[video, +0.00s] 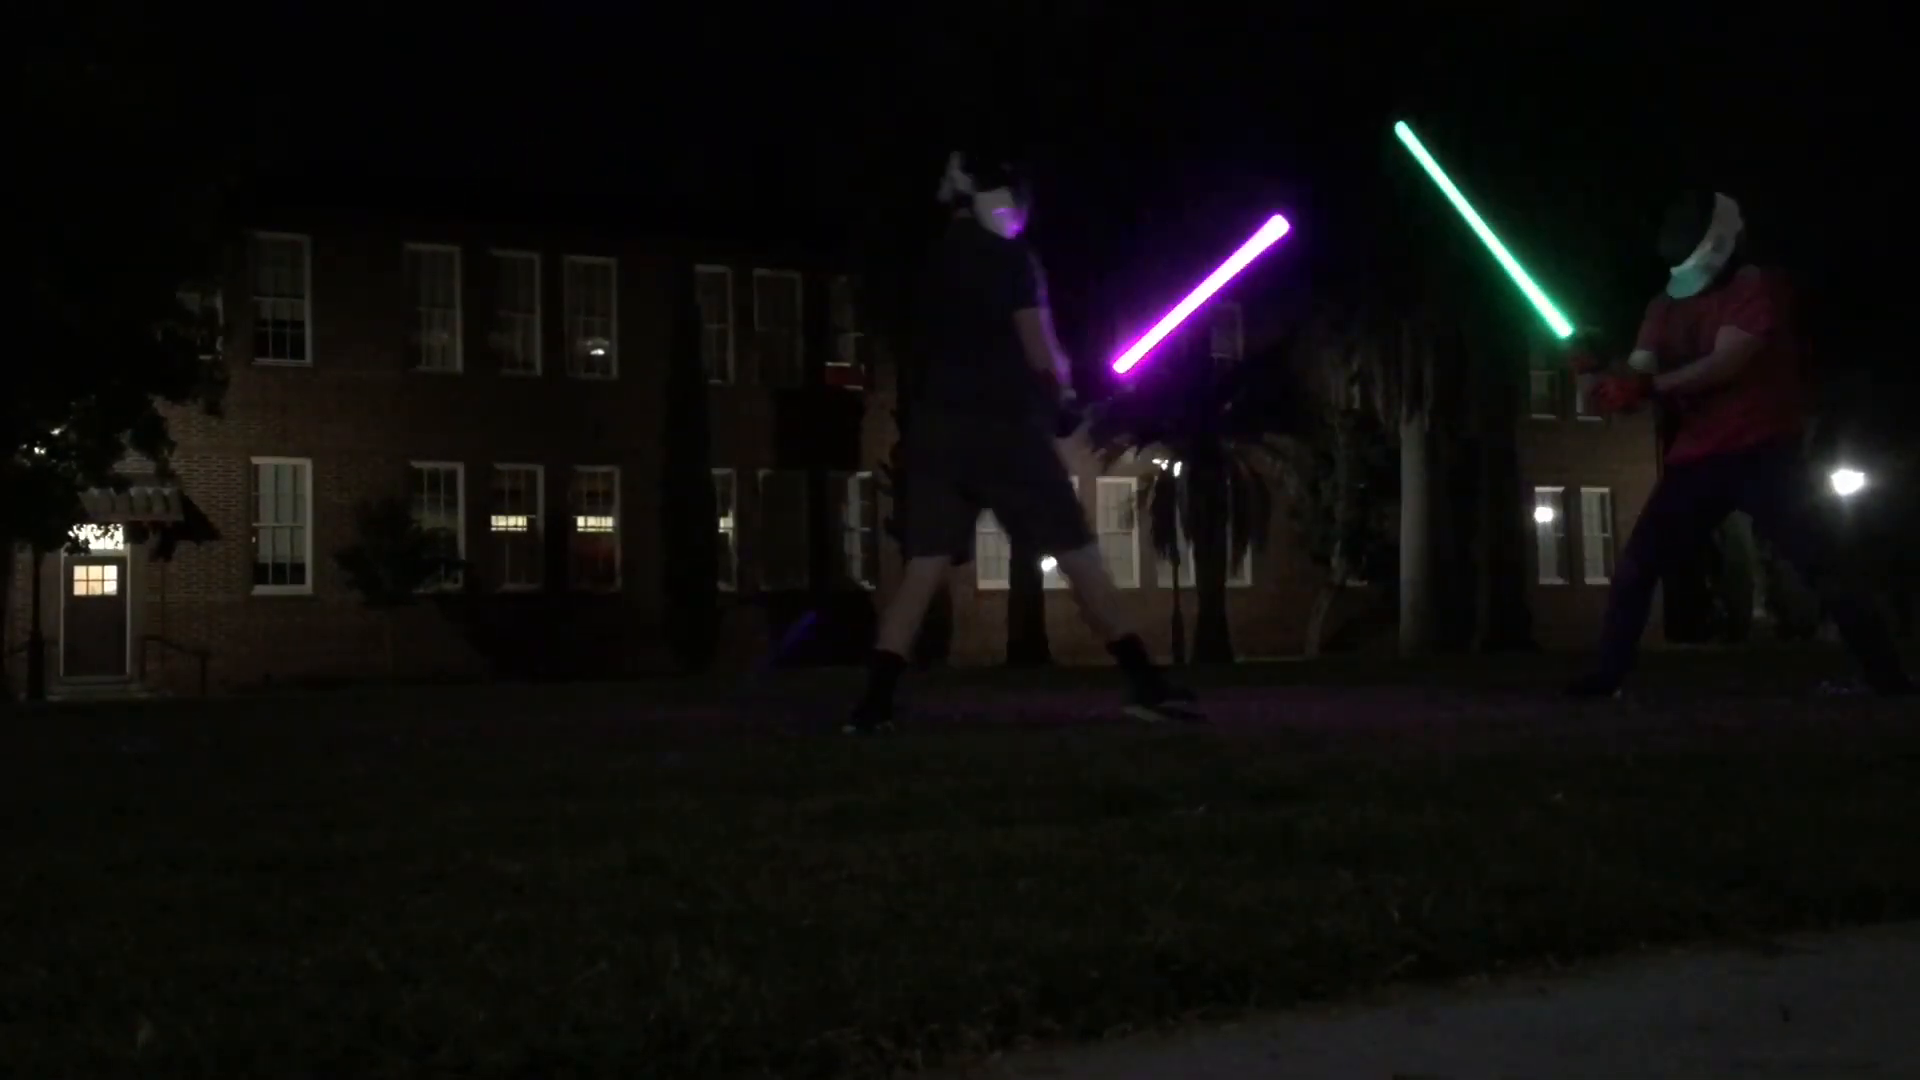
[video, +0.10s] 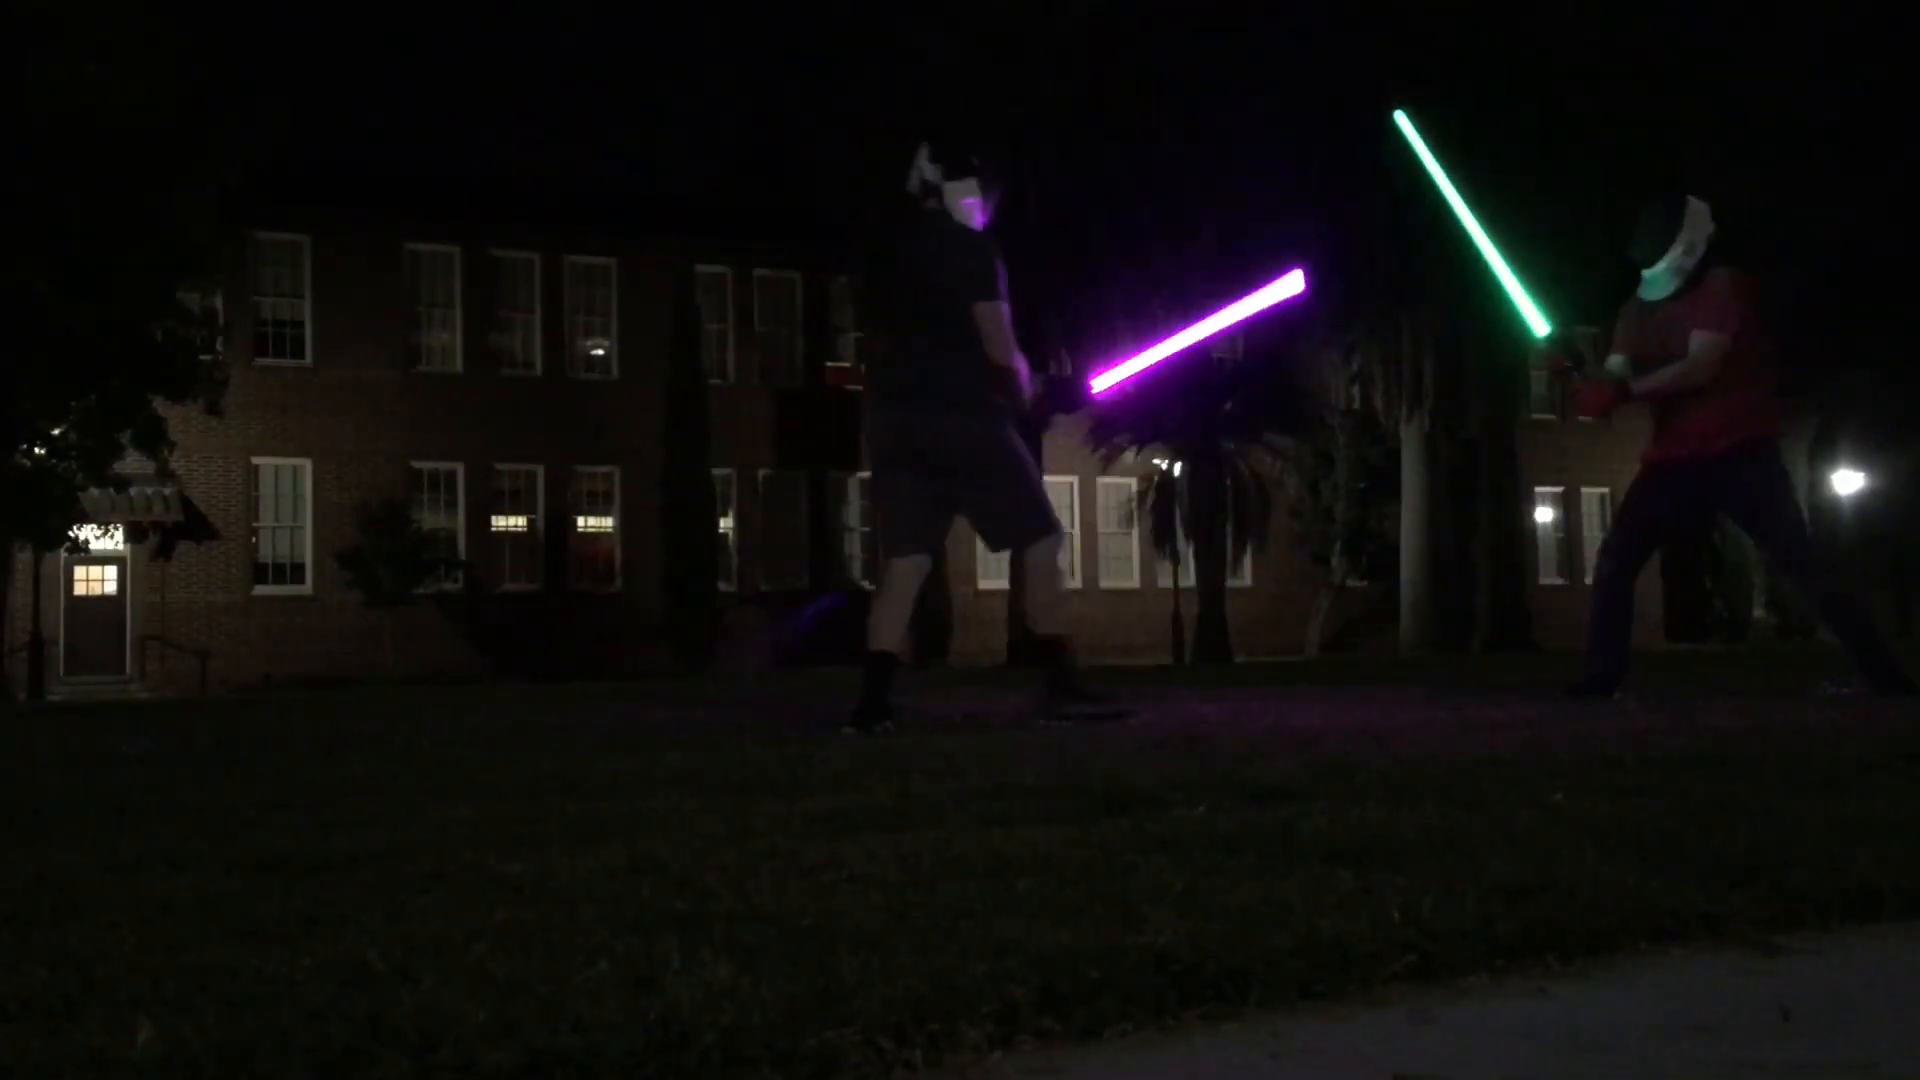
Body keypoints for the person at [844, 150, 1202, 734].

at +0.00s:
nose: (1021, 217)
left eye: (1020, 204)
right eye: (1012, 205)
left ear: (962, 206)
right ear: (987, 205)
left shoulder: (928, 261)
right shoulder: (1011, 260)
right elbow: (1041, 353)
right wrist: (1065, 391)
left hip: (937, 440)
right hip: (1009, 440)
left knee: (923, 569)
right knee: (1083, 564)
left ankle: (874, 699)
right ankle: (1145, 684)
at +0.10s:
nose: (986, 208)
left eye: (985, 196)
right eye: (978, 195)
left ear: (929, 194)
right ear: (955, 193)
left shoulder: (890, 248)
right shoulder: (971, 250)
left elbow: (885, 344)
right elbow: (998, 347)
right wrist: (1025, 384)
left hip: (899, 427)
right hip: (969, 427)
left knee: (905, 560)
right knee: (1040, 541)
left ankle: (873, 701)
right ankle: (1057, 684)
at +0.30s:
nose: (942, 198)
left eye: (941, 184)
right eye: (933, 184)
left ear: (891, 185)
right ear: (908, 184)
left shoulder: (858, 236)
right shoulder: (921, 240)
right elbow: (944, 334)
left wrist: (940, 407)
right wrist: (973, 397)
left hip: (854, 415)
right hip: (908, 416)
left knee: (886, 549)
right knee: (951, 543)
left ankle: (862, 673)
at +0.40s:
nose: (922, 196)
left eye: (920, 184)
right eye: (914, 184)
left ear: (871, 187)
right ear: (888, 186)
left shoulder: (850, 237)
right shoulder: (898, 241)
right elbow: (923, 338)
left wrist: (935, 396)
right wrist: (952, 396)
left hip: (852, 410)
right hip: (882, 415)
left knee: (882, 555)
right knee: (880, 555)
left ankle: (870, 698)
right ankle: (776, 667)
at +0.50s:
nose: (903, 197)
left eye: (901, 184)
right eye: (895, 184)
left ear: (852, 188)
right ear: (867, 186)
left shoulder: (832, 238)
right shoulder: (877, 240)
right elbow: (909, 344)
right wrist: (939, 402)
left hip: (851, 421)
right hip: (858, 422)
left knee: (895, 554)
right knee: (824, 560)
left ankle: (869, 702)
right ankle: (744, 700)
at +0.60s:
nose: (888, 195)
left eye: (885, 182)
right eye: (879, 183)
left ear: (841, 185)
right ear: (854, 185)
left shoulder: (829, 238)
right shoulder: (857, 239)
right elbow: (894, 343)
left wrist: (924, 407)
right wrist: (927, 405)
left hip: (854, 430)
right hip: (840, 428)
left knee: (910, 544)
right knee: (800, 562)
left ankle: (871, 691)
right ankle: (736, 705)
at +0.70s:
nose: (884, 197)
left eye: (880, 185)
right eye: (874, 186)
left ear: (838, 188)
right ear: (848, 189)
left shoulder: (829, 241)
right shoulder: (849, 241)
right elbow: (889, 347)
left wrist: (916, 406)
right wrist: (921, 406)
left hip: (859, 431)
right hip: (830, 427)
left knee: (913, 545)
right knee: (792, 562)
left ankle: (885, 698)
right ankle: (732, 706)